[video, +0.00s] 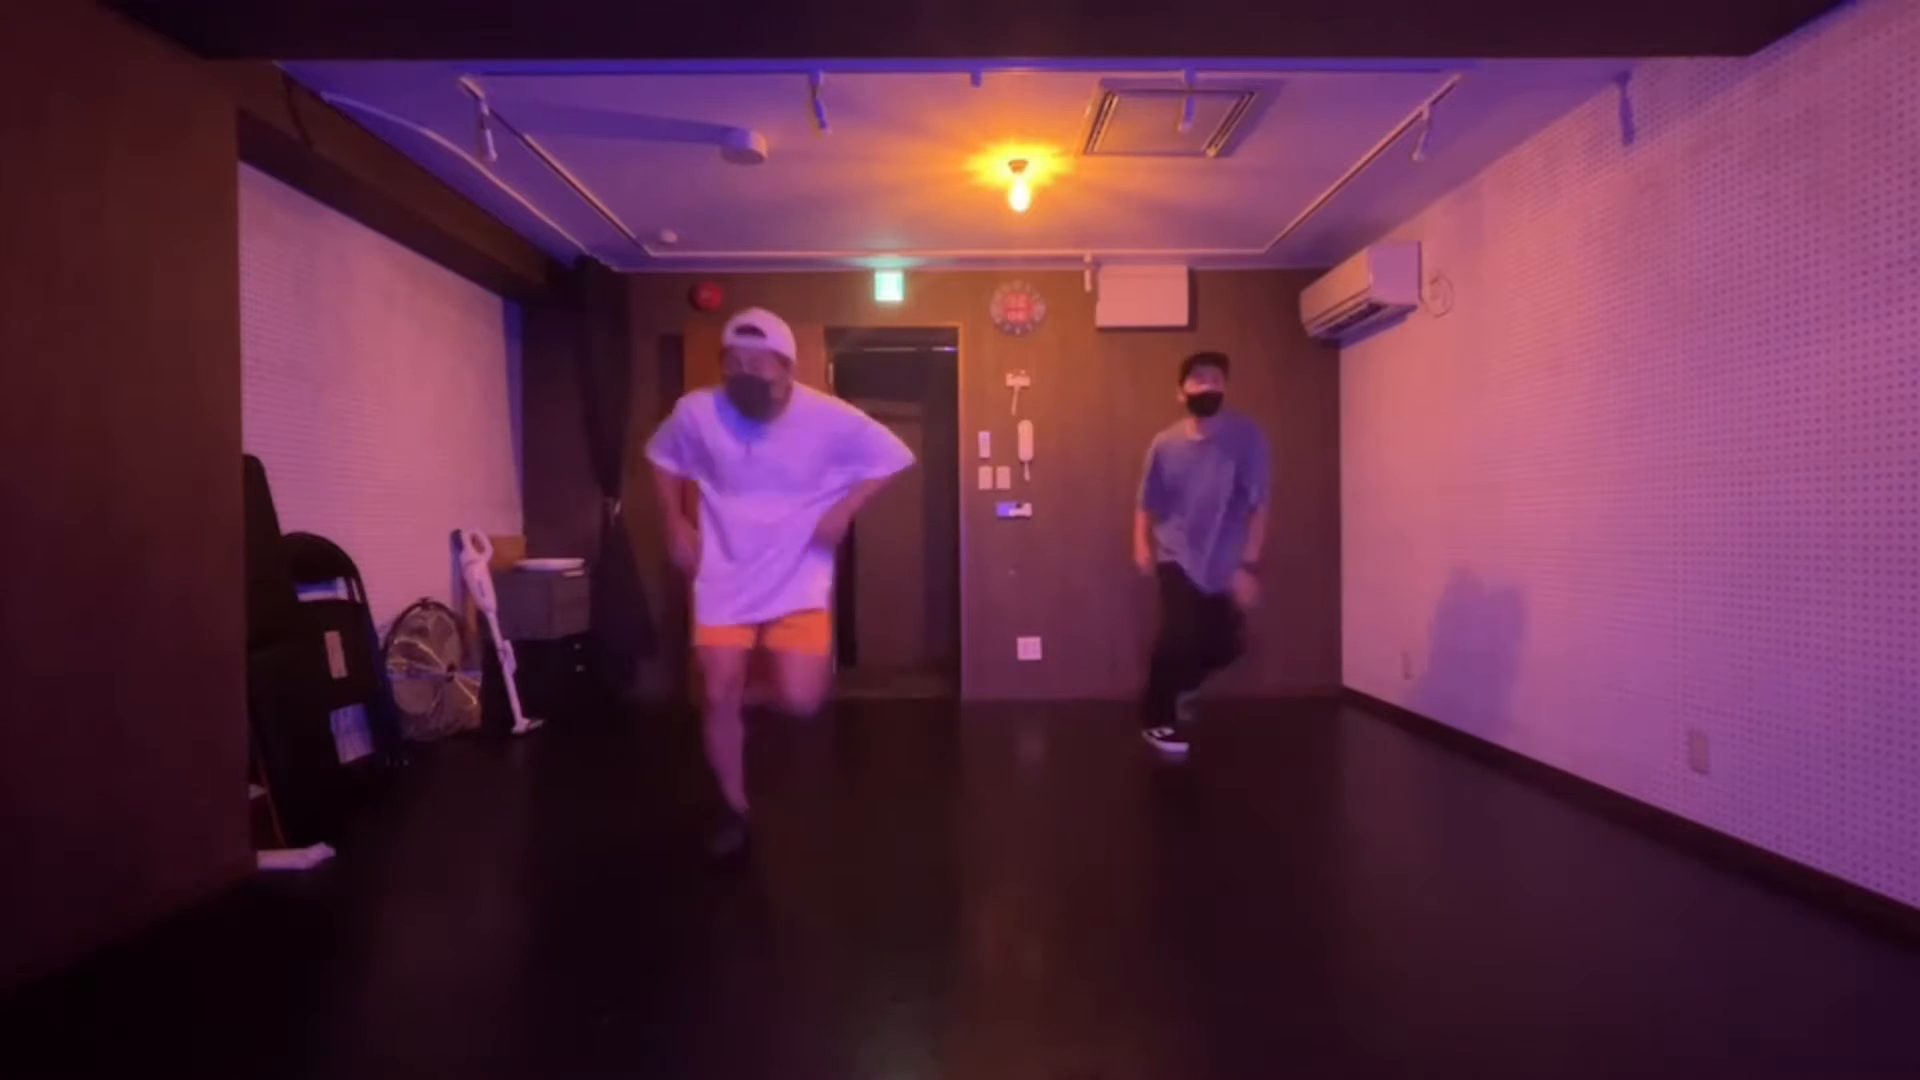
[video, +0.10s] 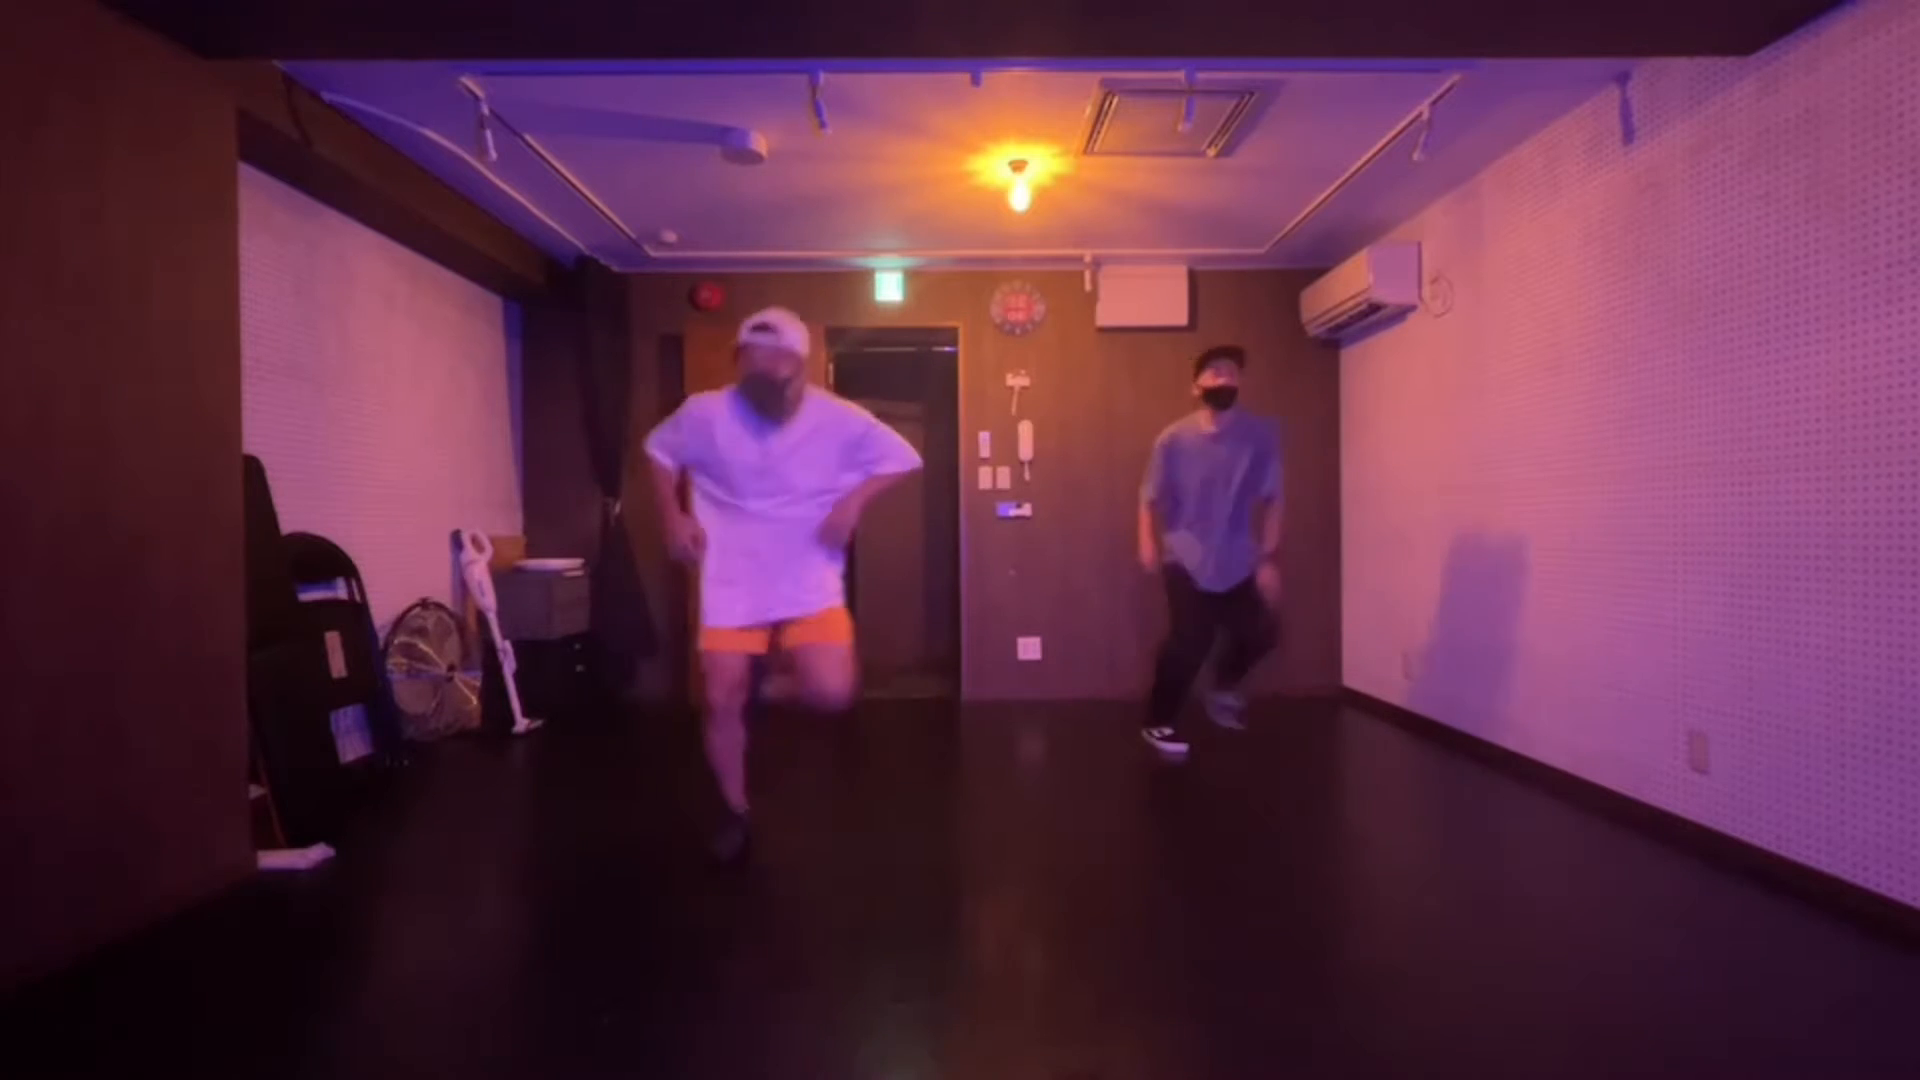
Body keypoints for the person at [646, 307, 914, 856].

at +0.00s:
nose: (750, 371)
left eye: (763, 360)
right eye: (740, 359)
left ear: (787, 368)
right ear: (725, 365)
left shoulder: (822, 414)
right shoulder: (698, 413)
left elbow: (893, 458)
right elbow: (662, 456)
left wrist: (844, 511)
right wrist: (676, 524)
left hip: (800, 575)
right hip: (723, 575)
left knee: (802, 697)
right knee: (721, 694)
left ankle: (738, 692)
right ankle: (734, 813)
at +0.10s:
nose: (770, 373)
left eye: (782, 362)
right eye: (760, 360)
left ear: (802, 366)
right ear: (741, 361)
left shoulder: (832, 415)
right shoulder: (707, 414)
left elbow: (900, 459)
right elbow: (659, 452)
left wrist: (853, 504)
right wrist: (673, 517)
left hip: (811, 578)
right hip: (730, 581)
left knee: (832, 690)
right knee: (724, 696)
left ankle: (754, 684)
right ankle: (735, 815)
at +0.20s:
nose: (811, 325)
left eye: (823, 316)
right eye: (801, 313)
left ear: (839, 328)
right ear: (776, 318)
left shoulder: (864, 393)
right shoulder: (737, 387)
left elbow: (897, 468)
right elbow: (701, 461)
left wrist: (869, 504)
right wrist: (690, 524)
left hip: (832, 565)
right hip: (750, 568)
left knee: (875, 673)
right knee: (743, 687)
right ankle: (736, 809)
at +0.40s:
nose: (869, 331)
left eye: (880, 321)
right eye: (858, 321)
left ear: (896, 325)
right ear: (837, 326)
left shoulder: (922, 397)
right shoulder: (803, 383)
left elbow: (936, 483)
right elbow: (771, 464)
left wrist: (916, 501)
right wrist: (735, 525)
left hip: (886, 569)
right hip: (806, 570)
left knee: (918, 682)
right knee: (774, 681)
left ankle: (899, 807)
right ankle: (741, 808)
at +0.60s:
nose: (914, 338)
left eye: (926, 329)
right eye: (904, 326)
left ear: (943, 338)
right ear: (884, 330)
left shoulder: (963, 397)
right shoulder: (844, 378)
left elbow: (1019, 454)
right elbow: (788, 433)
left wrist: (983, 476)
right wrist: (772, 483)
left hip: (918, 570)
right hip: (841, 561)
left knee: (929, 679)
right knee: (809, 668)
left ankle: (948, 792)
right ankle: (799, 791)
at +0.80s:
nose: (959, 368)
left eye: (969, 358)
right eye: (947, 356)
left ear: (980, 365)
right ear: (922, 360)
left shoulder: (995, 425)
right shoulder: (881, 397)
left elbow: (1057, 470)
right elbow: (803, 420)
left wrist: (1016, 486)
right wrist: (810, 488)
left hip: (950, 578)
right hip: (876, 572)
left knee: (941, 687)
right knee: (867, 691)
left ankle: (955, 799)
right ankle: (889, 775)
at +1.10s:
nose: (964, 339)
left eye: (969, 330)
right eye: (951, 330)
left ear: (977, 336)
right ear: (922, 334)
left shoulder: (985, 395)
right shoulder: (886, 380)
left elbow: (1023, 475)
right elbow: (824, 440)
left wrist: (1011, 427)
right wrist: (814, 515)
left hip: (964, 558)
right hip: (900, 559)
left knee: (960, 676)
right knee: (913, 679)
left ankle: (962, 793)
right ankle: (933, 762)